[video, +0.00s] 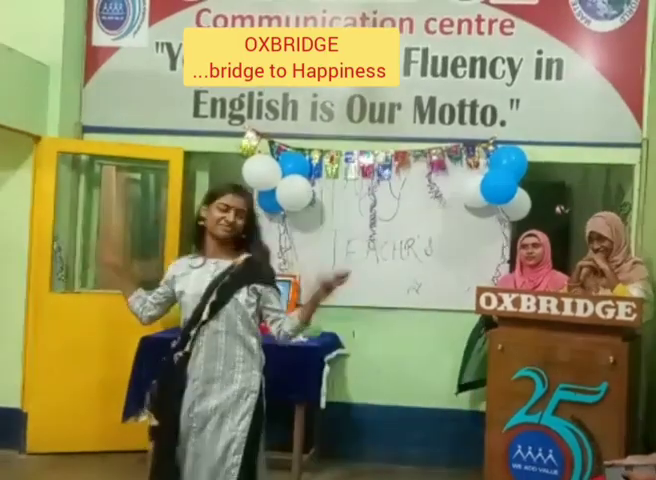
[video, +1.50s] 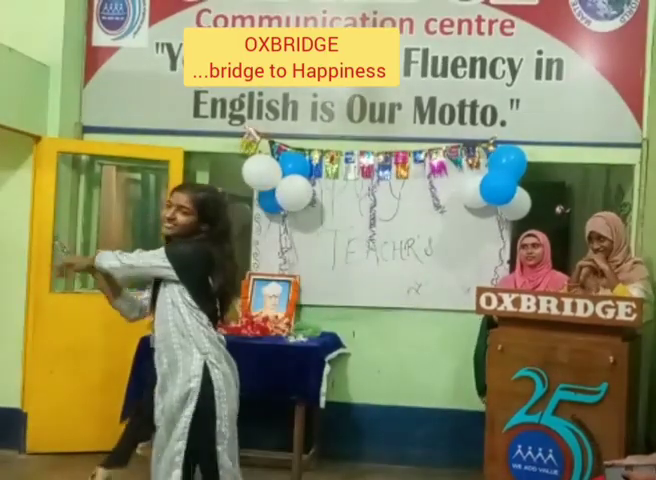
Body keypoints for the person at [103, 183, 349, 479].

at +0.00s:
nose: (230, 218)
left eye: (239, 215)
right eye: (223, 209)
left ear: (245, 225)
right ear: (204, 213)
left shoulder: (255, 270)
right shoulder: (183, 267)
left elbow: (282, 332)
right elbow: (148, 312)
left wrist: (318, 296)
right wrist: (120, 274)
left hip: (239, 387)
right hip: (193, 386)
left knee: (229, 469)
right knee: (188, 467)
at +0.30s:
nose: (221, 215)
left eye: (228, 207)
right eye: (210, 210)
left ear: (241, 215)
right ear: (198, 221)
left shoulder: (266, 268)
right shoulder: (188, 272)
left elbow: (326, 299)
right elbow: (134, 309)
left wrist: (385, 285)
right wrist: (103, 269)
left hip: (247, 393)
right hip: (198, 391)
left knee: (236, 471)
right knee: (188, 469)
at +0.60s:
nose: (234, 218)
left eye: (243, 211)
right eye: (230, 212)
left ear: (267, 217)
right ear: (228, 219)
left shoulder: (295, 270)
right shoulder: (224, 266)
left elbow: (354, 299)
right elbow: (170, 296)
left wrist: (422, 301)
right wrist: (119, 264)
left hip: (270, 383)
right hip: (224, 379)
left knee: (260, 464)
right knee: (221, 462)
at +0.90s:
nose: (240, 234)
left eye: (251, 227)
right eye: (236, 225)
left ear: (277, 229)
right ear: (231, 226)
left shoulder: (292, 281)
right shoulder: (226, 273)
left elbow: (274, 312)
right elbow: (169, 302)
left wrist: (275, 266)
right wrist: (145, 261)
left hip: (265, 390)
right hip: (220, 385)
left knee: (259, 469)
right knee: (209, 465)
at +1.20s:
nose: (208, 218)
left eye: (221, 218)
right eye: (210, 210)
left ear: (237, 231)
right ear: (206, 209)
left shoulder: (217, 264)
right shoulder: (203, 262)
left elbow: (143, 269)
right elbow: (145, 288)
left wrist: (102, 248)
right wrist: (102, 260)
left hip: (208, 369)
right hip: (183, 365)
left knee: (213, 458)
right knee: (174, 455)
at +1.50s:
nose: (170, 215)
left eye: (182, 211)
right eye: (168, 207)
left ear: (203, 224)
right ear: (165, 207)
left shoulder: (196, 254)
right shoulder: (178, 260)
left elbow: (134, 263)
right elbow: (136, 309)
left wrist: (89, 262)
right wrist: (100, 274)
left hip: (203, 372)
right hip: (180, 372)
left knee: (203, 462)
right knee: (175, 461)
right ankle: (106, 468)